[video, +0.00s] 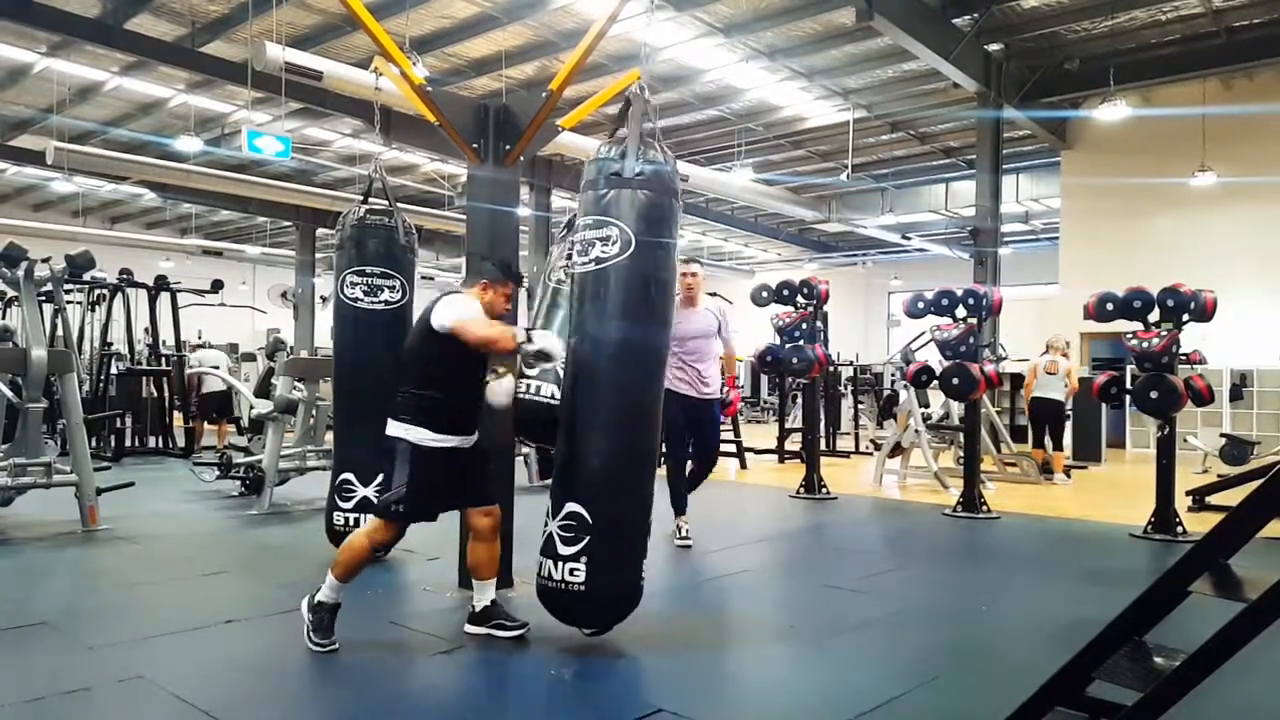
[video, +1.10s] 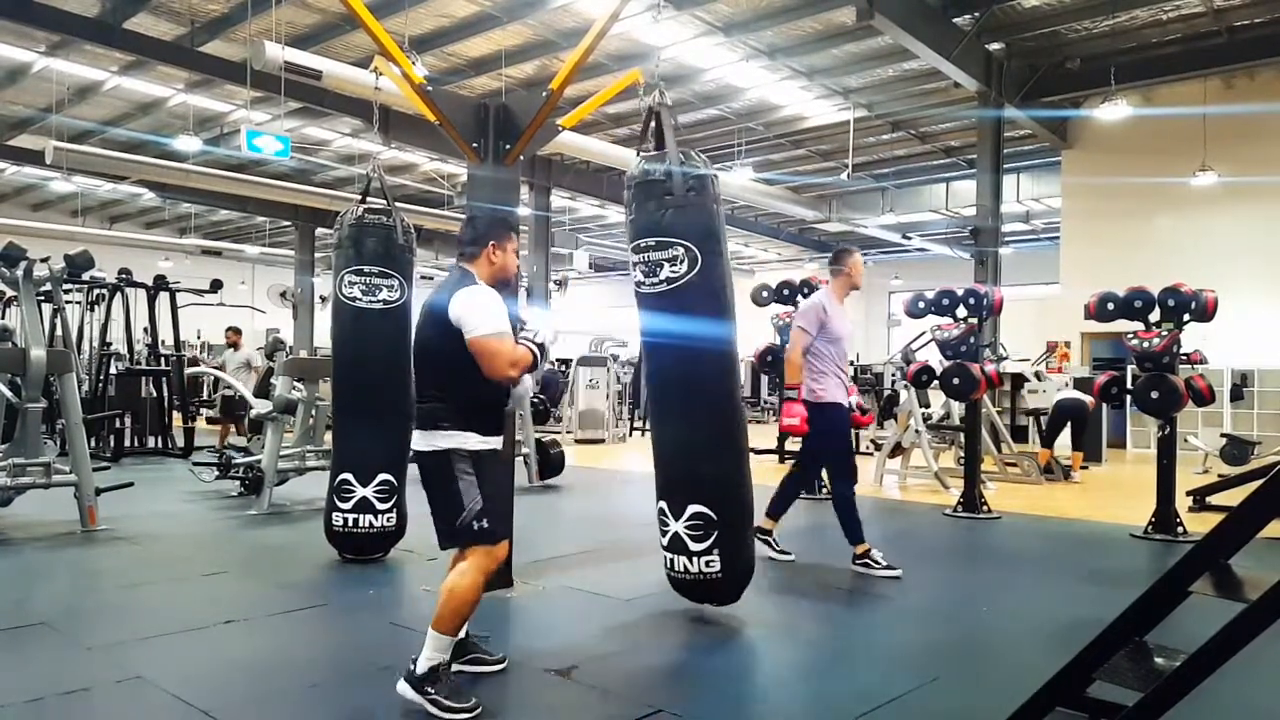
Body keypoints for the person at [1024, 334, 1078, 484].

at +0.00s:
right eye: (1064, 349)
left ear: (1047, 347)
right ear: (1063, 349)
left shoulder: (1036, 362)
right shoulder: (1067, 364)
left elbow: (1028, 383)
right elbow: (1074, 385)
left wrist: (1027, 402)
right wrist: (1066, 397)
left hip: (1037, 400)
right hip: (1056, 401)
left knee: (1037, 438)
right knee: (1057, 440)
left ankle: (1035, 471)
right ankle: (1058, 473)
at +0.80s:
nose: (1055, 363)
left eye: (1056, 361)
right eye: (1057, 361)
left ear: (1058, 363)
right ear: (1070, 363)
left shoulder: (1052, 377)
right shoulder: (1078, 378)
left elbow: (1048, 392)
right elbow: (1085, 394)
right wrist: (1080, 407)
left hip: (1053, 400)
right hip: (1072, 401)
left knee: (1045, 439)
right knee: (1073, 440)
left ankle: (1039, 471)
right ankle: (1075, 473)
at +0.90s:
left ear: (1057, 377)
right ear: (1071, 378)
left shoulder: (1051, 381)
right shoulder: (1078, 384)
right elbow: (1089, 397)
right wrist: (1084, 409)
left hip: (1057, 401)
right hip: (1076, 403)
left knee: (1049, 438)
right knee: (1075, 440)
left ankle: (1038, 469)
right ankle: (1076, 473)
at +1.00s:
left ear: (1058, 386)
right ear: (1071, 385)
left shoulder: (1055, 390)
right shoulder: (1079, 389)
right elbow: (1090, 398)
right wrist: (1085, 412)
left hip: (1059, 403)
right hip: (1079, 404)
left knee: (1049, 439)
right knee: (1076, 441)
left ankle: (1039, 470)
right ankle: (1075, 473)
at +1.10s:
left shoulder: (1058, 395)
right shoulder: (1084, 396)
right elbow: (1091, 400)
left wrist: (1050, 453)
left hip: (1061, 405)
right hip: (1080, 406)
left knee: (1049, 437)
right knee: (1077, 441)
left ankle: (1038, 470)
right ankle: (1075, 473)